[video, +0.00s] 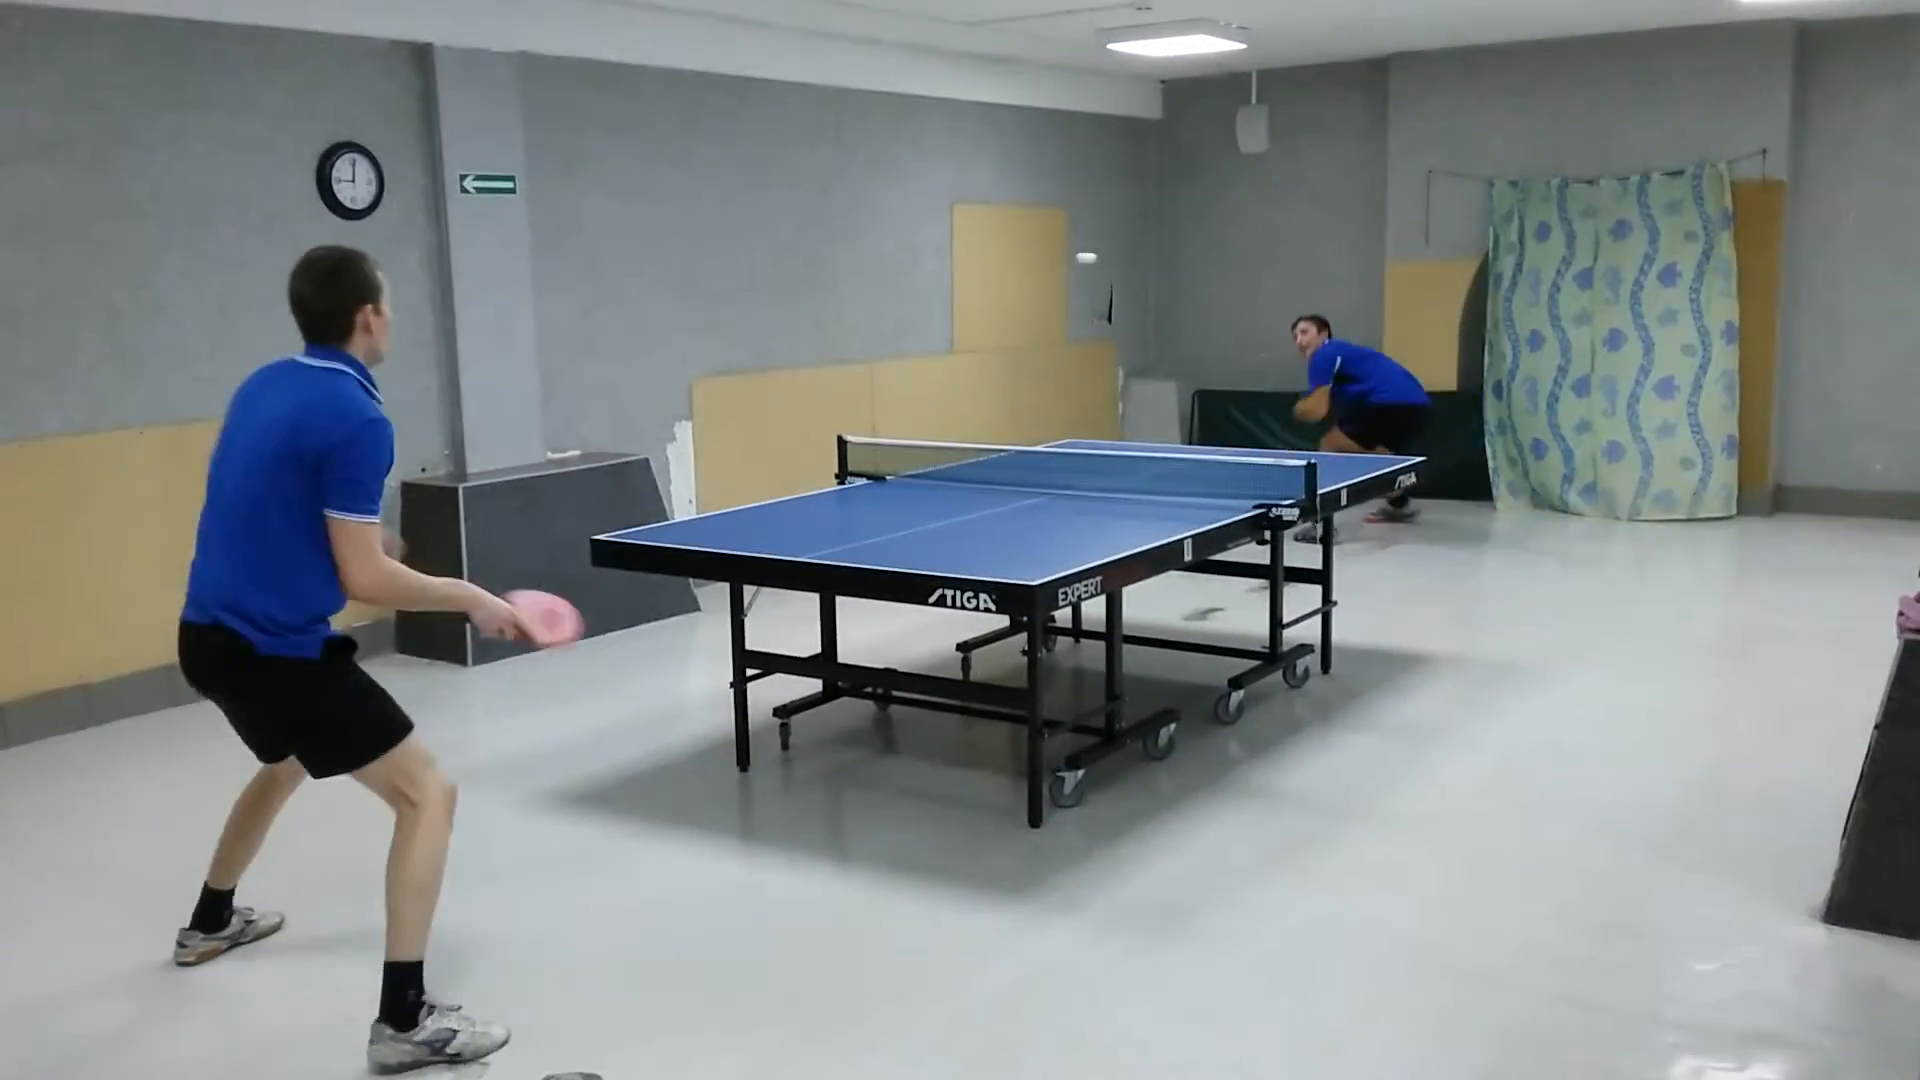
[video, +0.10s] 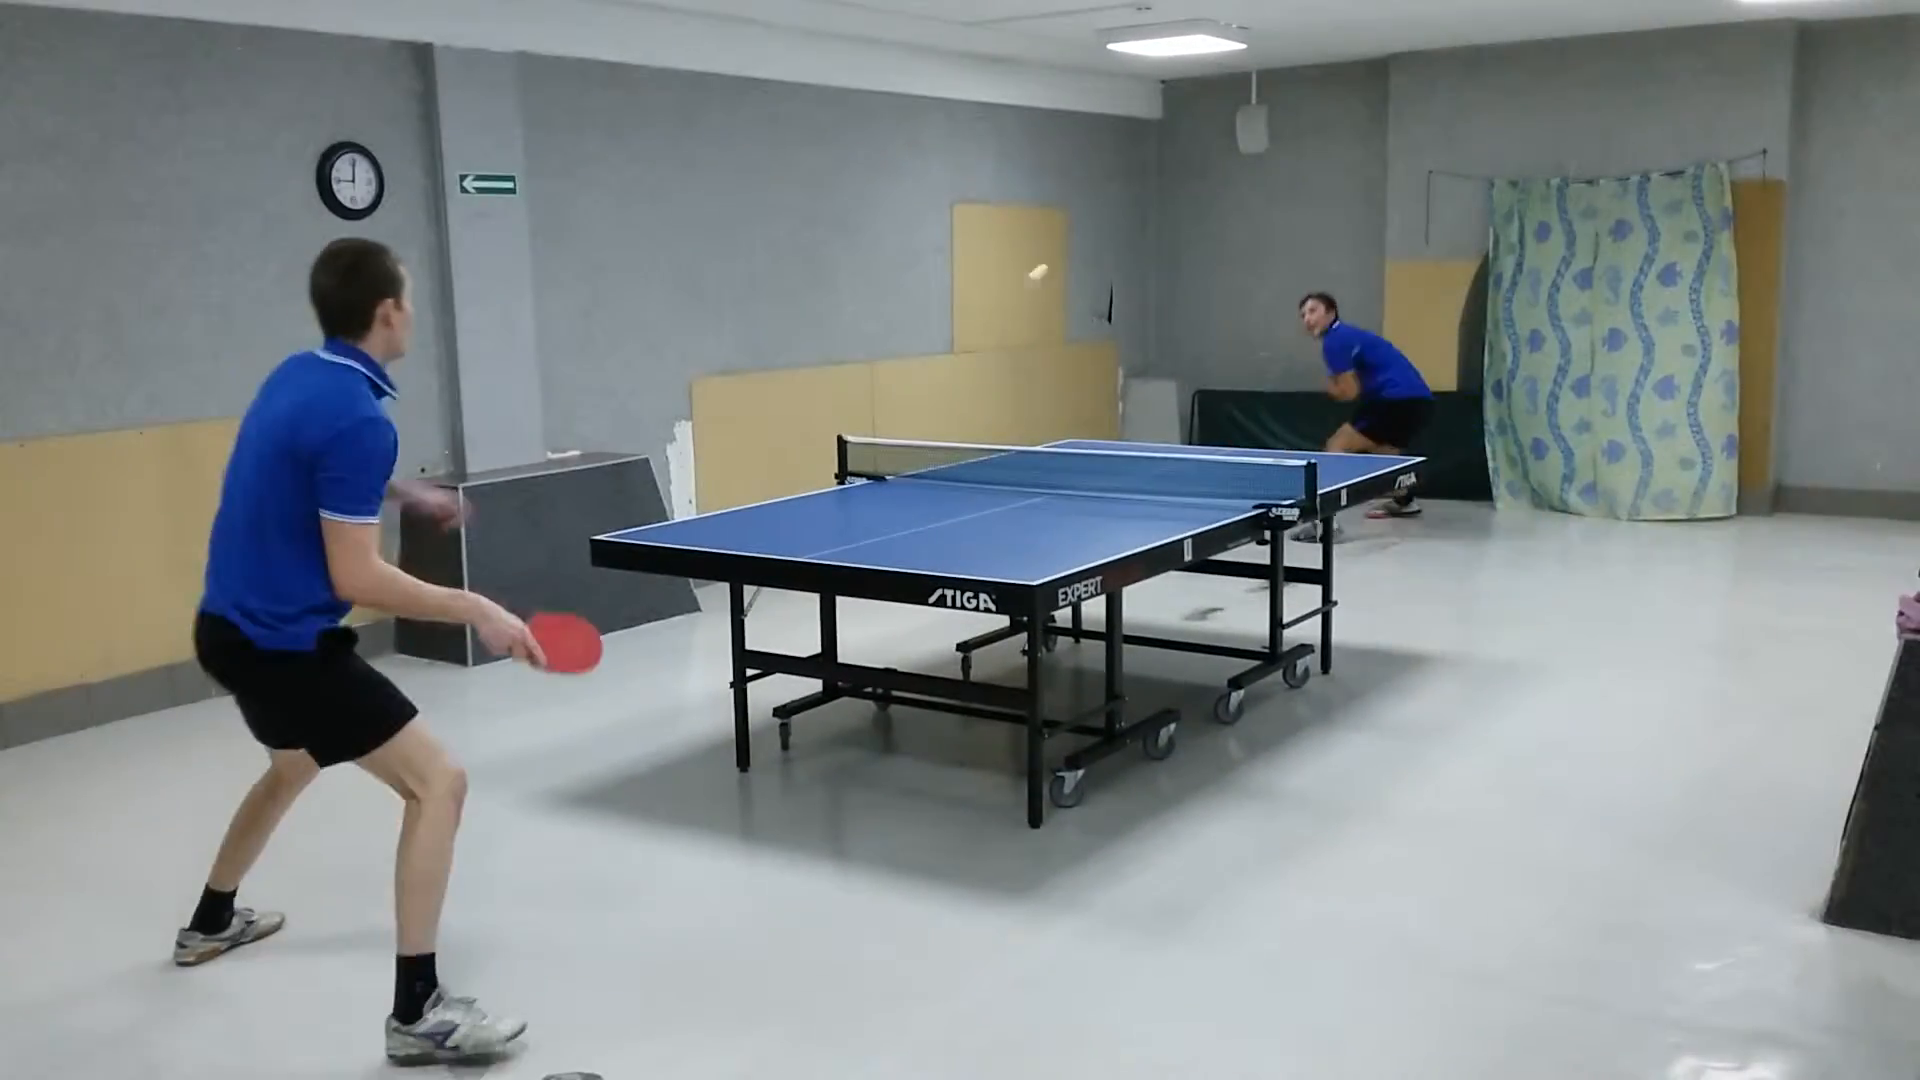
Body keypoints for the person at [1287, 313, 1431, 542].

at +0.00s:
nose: (1299, 340)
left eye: (1304, 332)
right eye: (1296, 336)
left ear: (1324, 333)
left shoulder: (1324, 353)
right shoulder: (1347, 350)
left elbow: (1317, 410)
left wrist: (1299, 409)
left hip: (1387, 406)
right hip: (1417, 405)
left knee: (1329, 448)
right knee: (1376, 451)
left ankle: (1321, 523)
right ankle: (1398, 503)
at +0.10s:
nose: (1307, 318)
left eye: (1313, 311)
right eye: (1304, 314)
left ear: (1330, 312)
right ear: (1303, 320)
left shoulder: (1335, 339)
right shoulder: (1348, 332)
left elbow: (1349, 391)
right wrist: (1339, 386)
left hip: (1395, 401)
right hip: (1416, 399)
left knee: (1336, 447)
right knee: (1376, 444)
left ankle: (1323, 522)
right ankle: (1404, 499)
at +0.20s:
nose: (1322, 296)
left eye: (1328, 289)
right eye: (1318, 292)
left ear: (1343, 292)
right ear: (1316, 297)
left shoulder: (1357, 316)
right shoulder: (1346, 323)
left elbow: (1384, 360)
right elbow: (1377, 360)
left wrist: (1359, 380)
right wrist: (1362, 380)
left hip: (1415, 383)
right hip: (1402, 384)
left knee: (1367, 443)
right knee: (1377, 444)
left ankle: (1348, 518)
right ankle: (1403, 498)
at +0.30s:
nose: (1342, 271)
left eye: (1348, 265)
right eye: (1336, 266)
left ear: (1362, 268)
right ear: (1333, 272)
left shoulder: (1376, 292)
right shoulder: (1350, 307)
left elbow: (1412, 331)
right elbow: (1382, 342)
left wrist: (1378, 365)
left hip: (1423, 370)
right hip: (1398, 372)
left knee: (1383, 429)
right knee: (1375, 437)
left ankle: (1404, 504)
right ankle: (1399, 498)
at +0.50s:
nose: (1381, 258)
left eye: (1388, 253)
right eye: (1376, 253)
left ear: (1401, 258)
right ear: (1371, 259)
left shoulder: (1418, 287)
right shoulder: (1369, 296)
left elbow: (1453, 326)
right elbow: (1366, 336)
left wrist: (1423, 360)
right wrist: (1341, 369)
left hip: (1432, 379)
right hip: (1394, 380)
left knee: (1431, 443)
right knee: (1373, 441)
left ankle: (1474, 505)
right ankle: (1377, 495)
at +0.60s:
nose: (1391, 258)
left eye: (1399, 253)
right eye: (1387, 252)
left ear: (1410, 259)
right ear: (1380, 258)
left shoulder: (1430, 291)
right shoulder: (1370, 297)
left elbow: (1463, 330)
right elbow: (1355, 337)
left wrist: (1444, 363)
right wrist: (1330, 371)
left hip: (1430, 380)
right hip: (1391, 383)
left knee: (1433, 439)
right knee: (1378, 445)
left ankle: (1473, 506)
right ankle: (1375, 498)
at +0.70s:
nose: (1396, 246)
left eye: (1403, 241)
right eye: (1391, 240)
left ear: (1416, 247)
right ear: (1384, 246)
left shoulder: (1439, 280)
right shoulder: (1370, 284)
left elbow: (1457, 318)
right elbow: (1352, 325)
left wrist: (1451, 349)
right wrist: (1336, 361)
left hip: (1433, 372)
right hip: (1391, 375)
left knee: (1451, 432)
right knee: (1381, 437)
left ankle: (1480, 500)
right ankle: (1370, 496)